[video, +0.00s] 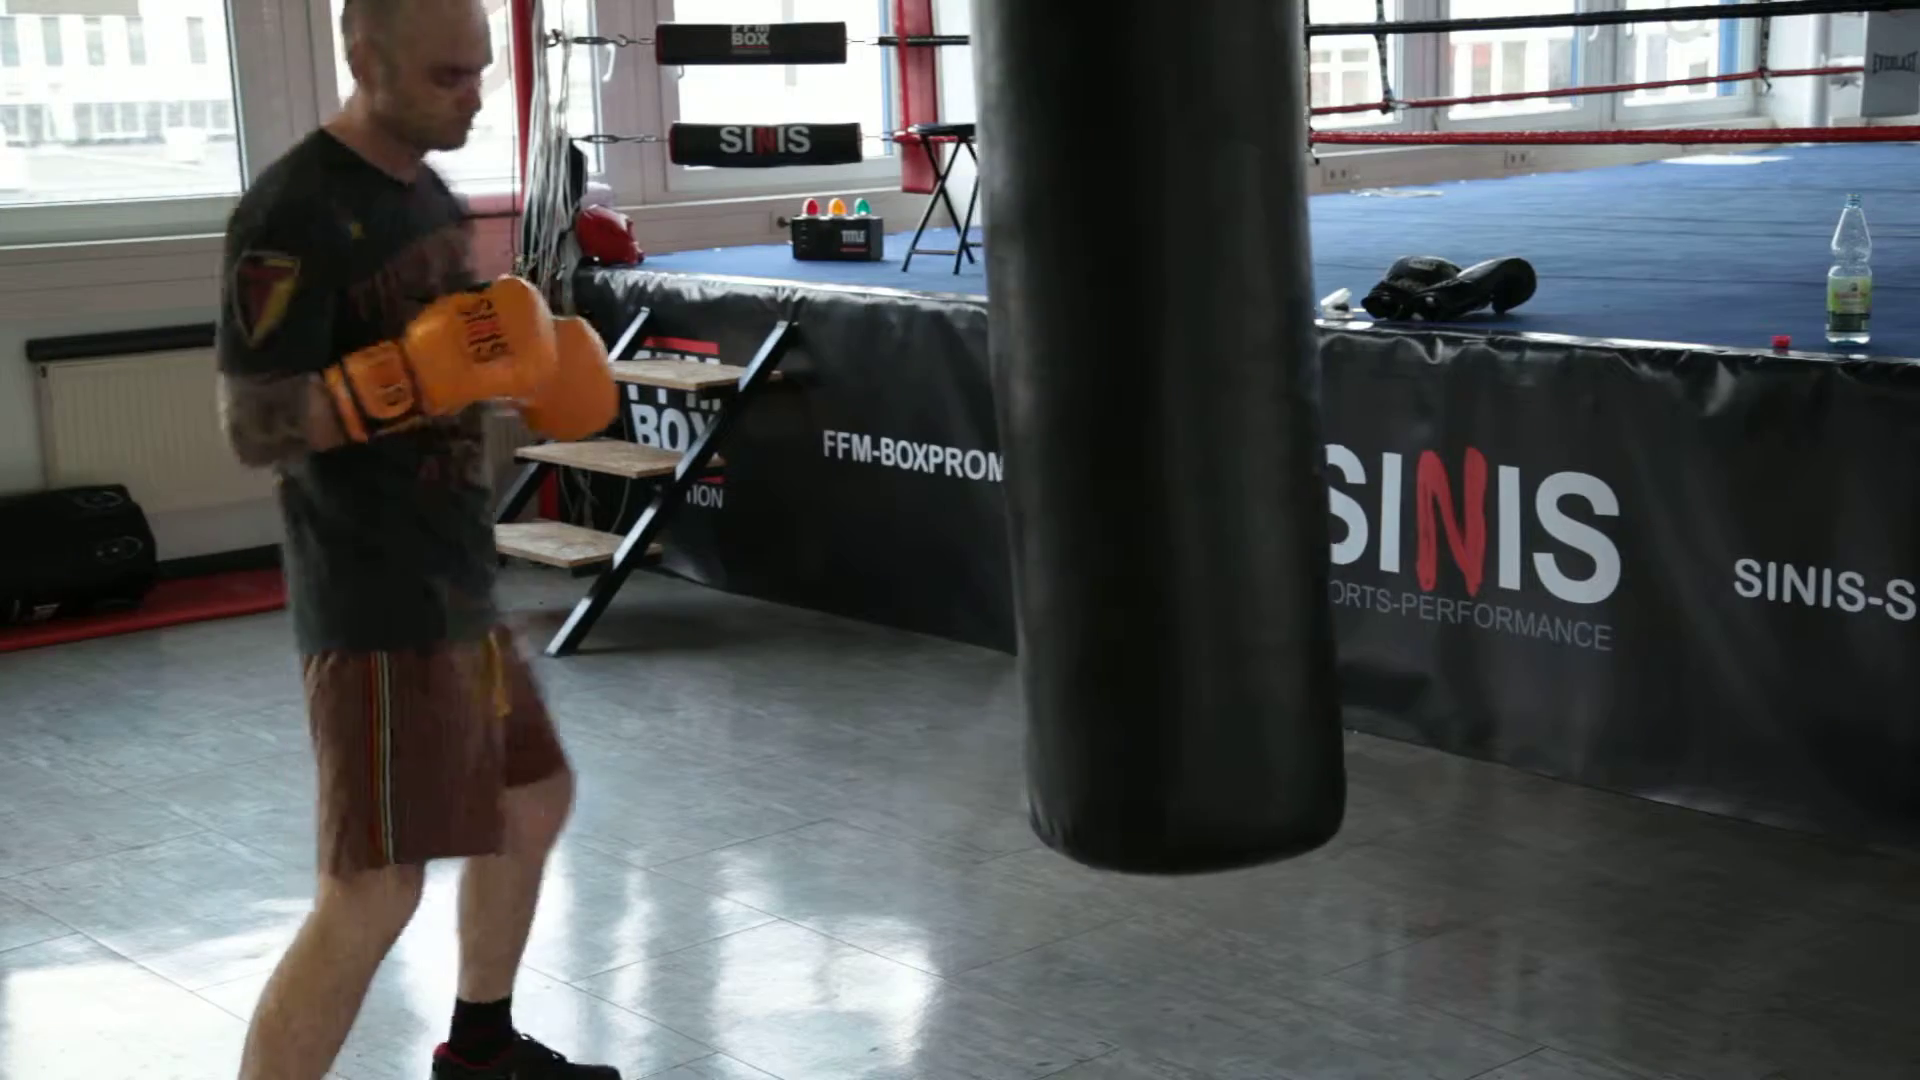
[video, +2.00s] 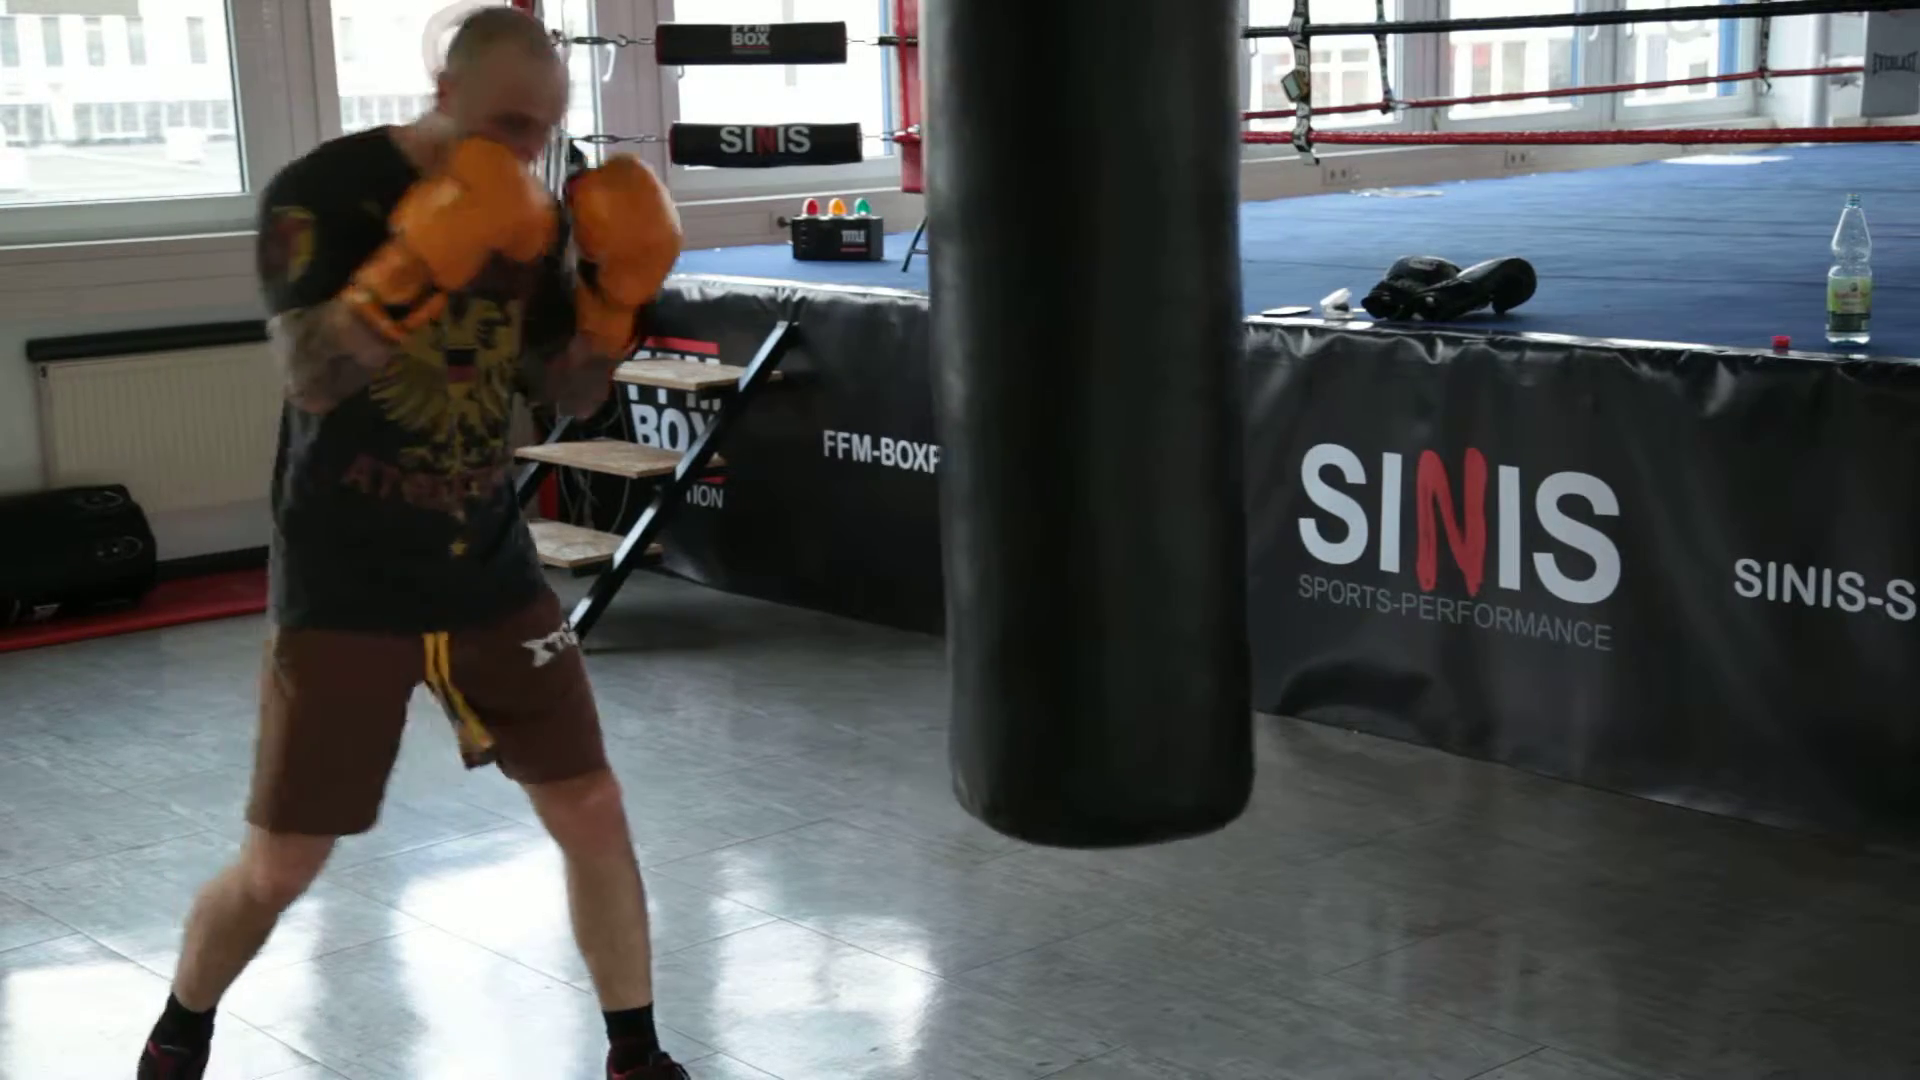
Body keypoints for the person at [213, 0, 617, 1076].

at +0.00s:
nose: (474, 96)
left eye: (480, 71)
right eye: (449, 76)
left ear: (482, 53)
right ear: (364, 61)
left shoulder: (432, 195)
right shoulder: (291, 208)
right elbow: (256, 424)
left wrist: (536, 385)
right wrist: (413, 372)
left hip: (455, 577)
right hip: (366, 600)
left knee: (531, 802)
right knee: (374, 890)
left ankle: (481, 1046)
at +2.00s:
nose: (519, 155)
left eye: (538, 134)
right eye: (503, 128)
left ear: (550, 123)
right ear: (440, 93)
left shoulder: (537, 218)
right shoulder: (320, 195)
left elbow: (561, 398)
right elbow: (311, 378)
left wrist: (618, 296)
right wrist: (418, 263)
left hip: (490, 561)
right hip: (345, 569)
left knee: (592, 812)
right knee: (283, 862)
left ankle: (637, 1057)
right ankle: (178, 1041)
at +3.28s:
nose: (431, 171)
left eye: (447, 142)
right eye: (404, 146)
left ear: (462, 125)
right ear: (326, 119)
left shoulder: (494, 220)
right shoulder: (239, 236)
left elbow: (585, 400)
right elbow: (227, 451)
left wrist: (563, 335)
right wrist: (304, 364)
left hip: (498, 589)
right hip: (330, 604)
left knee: (621, 849)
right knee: (247, 895)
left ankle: (686, 1069)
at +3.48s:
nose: (495, 275)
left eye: (508, 247)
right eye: (468, 255)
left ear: (522, 221)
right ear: (390, 232)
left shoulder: (565, 298)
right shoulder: (313, 319)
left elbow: (670, 474)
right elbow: (286, 510)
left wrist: (659, 401)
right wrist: (335, 497)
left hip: (557, 658)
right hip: (381, 673)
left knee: (689, 886)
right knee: (272, 934)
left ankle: (711, 1073)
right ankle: (205, 1078)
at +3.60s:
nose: (630, 226)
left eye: (640, 198)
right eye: (607, 200)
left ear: (649, 178)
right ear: (534, 171)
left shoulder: (634, 272)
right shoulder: (414, 264)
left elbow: (681, 431)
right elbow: (329, 454)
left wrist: (704, 368)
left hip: (575, 607)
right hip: (424, 620)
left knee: (685, 848)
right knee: (324, 915)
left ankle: (711, 1074)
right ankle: (208, 1077)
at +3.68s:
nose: (681, 213)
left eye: (695, 189)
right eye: (660, 185)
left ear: (705, 175)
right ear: (580, 159)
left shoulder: (651, 257)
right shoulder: (489, 225)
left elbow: (701, 412)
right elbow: (466, 341)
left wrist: (749, 348)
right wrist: (659, 277)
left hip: (578, 589)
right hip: (441, 602)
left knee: (688, 839)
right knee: (334, 910)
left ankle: (710, 1075)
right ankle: (210, 1073)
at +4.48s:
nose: (661, 159)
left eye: (673, 132)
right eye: (638, 132)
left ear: (681, 119)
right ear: (551, 101)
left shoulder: (653, 225)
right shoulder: (423, 225)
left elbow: (756, 412)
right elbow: (436, 419)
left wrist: (791, 320)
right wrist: (583, 319)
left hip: (649, 632)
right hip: (479, 647)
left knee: (798, 905)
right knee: (384, 956)